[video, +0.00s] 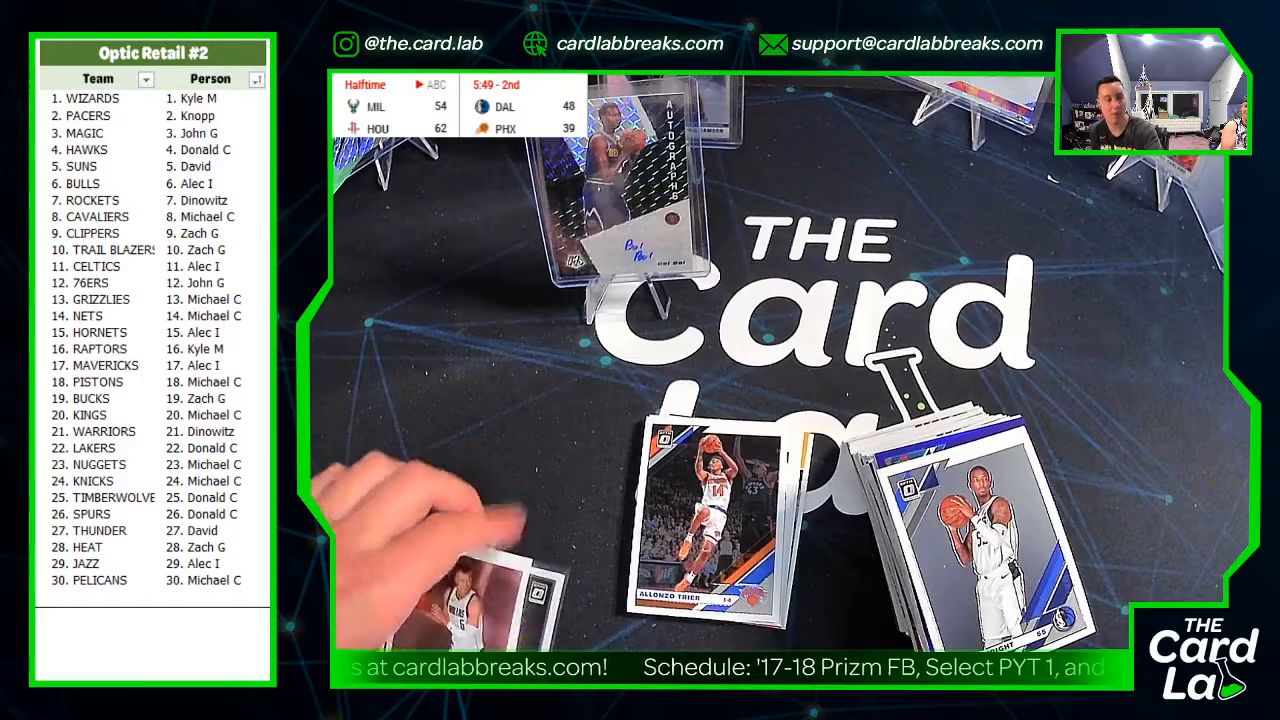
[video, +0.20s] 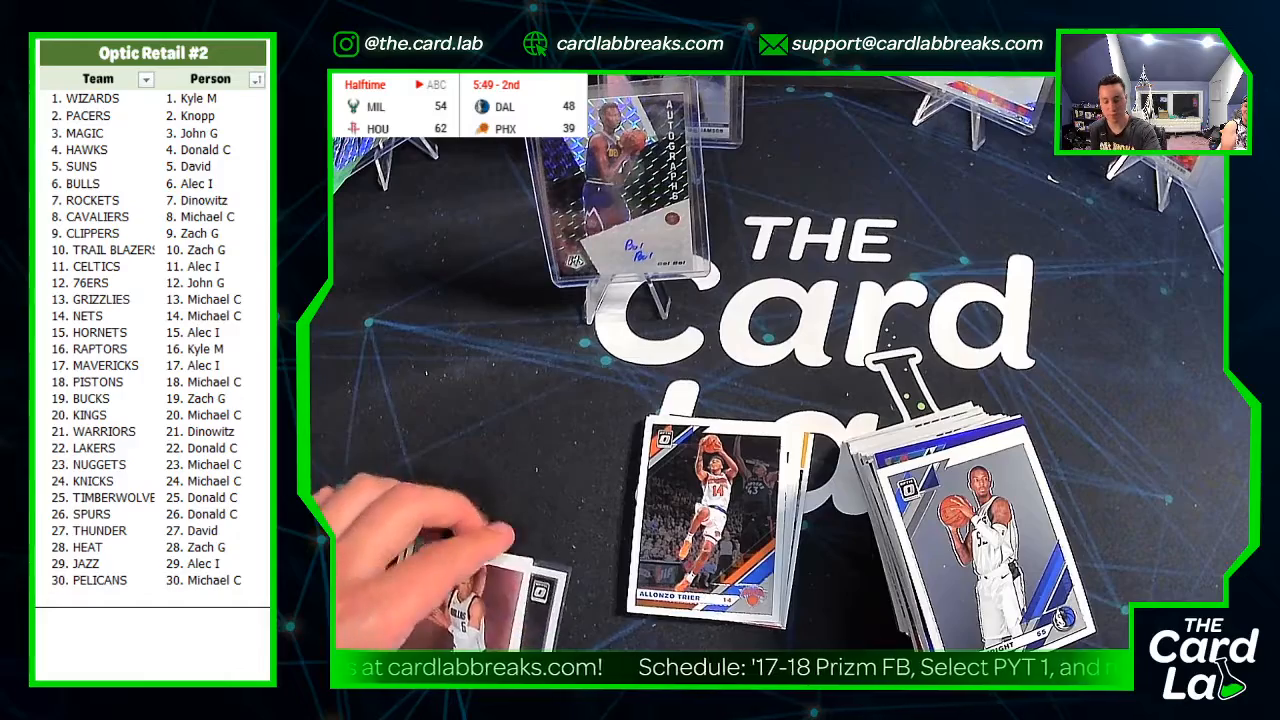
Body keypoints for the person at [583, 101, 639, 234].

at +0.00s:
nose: (617, 118)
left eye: (618, 114)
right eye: (612, 115)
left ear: (620, 117)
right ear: (603, 118)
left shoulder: (616, 140)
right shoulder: (598, 140)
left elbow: (622, 170)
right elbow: (606, 175)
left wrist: (632, 153)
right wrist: (624, 154)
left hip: (612, 187)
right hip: (598, 189)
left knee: (625, 219)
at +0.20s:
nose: (616, 118)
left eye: (617, 114)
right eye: (611, 115)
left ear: (620, 117)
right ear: (603, 118)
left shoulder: (616, 141)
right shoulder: (598, 140)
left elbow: (621, 176)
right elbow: (607, 176)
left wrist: (633, 154)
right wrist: (624, 153)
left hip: (611, 188)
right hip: (596, 191)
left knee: (623, 228)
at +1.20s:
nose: (616, 119)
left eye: (618, 115)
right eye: (612, 115)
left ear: (620, 118)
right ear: (602, 118)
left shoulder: (617, 142)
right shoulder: (598, 140)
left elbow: (619, 179)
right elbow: (606, 176)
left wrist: (632, 157)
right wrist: (624, 154)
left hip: (611, 189)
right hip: (597, 190)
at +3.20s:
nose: (617, 118)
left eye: (618, 115)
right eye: (613, 115)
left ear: (620, 117)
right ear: (603, 119)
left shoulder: (618, 142)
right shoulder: (598, 141)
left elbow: (623, 176)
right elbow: (606, 176)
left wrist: (634, 154)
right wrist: (625, 154)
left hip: (613, 190)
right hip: (597, 192)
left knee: (624, 229)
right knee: (601, 235)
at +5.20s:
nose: (617, 118)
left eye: (618, 115)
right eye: (612, 116)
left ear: (620, 117)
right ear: (603, 119)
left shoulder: (617, 142)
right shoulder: (598, 141)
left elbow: (619, 178)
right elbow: (606, 176)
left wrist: (631, 156)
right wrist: (624, 154)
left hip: (612, 189)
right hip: (596, 192)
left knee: (625, 230)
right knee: (600, 236)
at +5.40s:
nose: (617, 119)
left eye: (618, 115)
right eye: (612, 116)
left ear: (620, 117)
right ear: (603, 119)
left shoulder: (617, 142)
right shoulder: (598, 141)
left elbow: (619, 179)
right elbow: (606, 176)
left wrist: (631, 157)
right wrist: (624, 155)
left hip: (611, 190)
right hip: (596, 192)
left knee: (624, 230)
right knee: (600, 237)